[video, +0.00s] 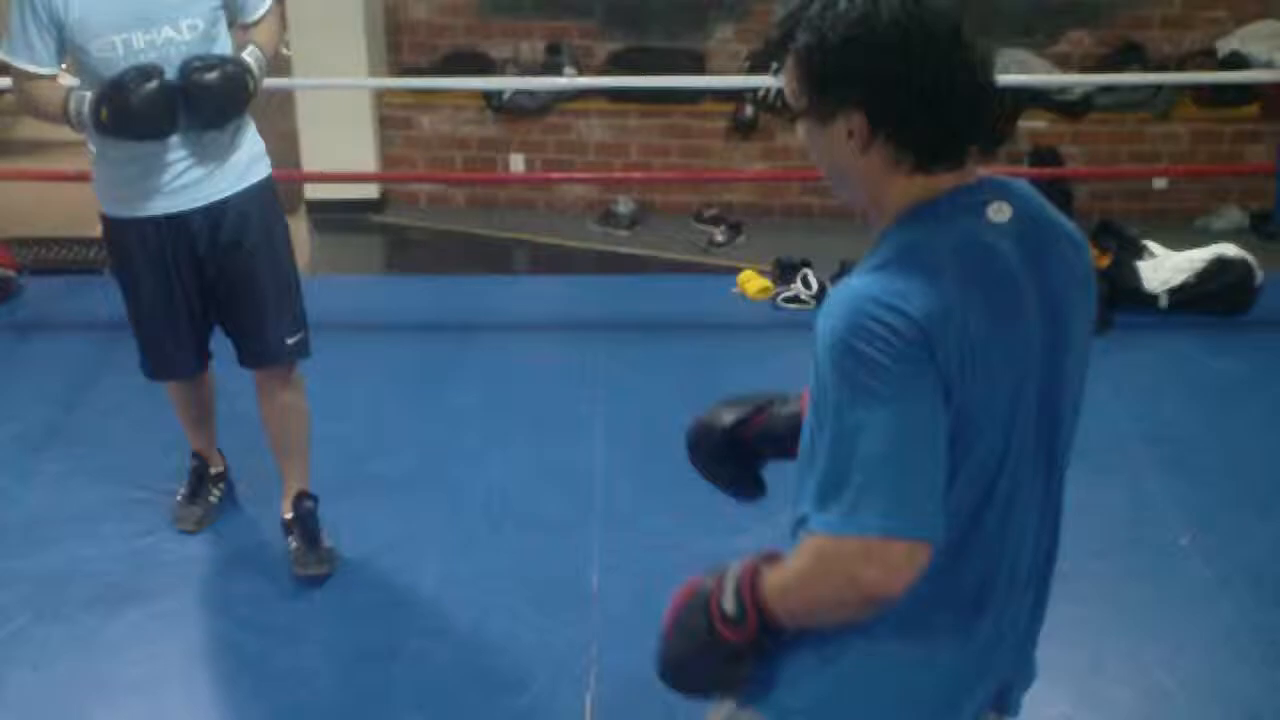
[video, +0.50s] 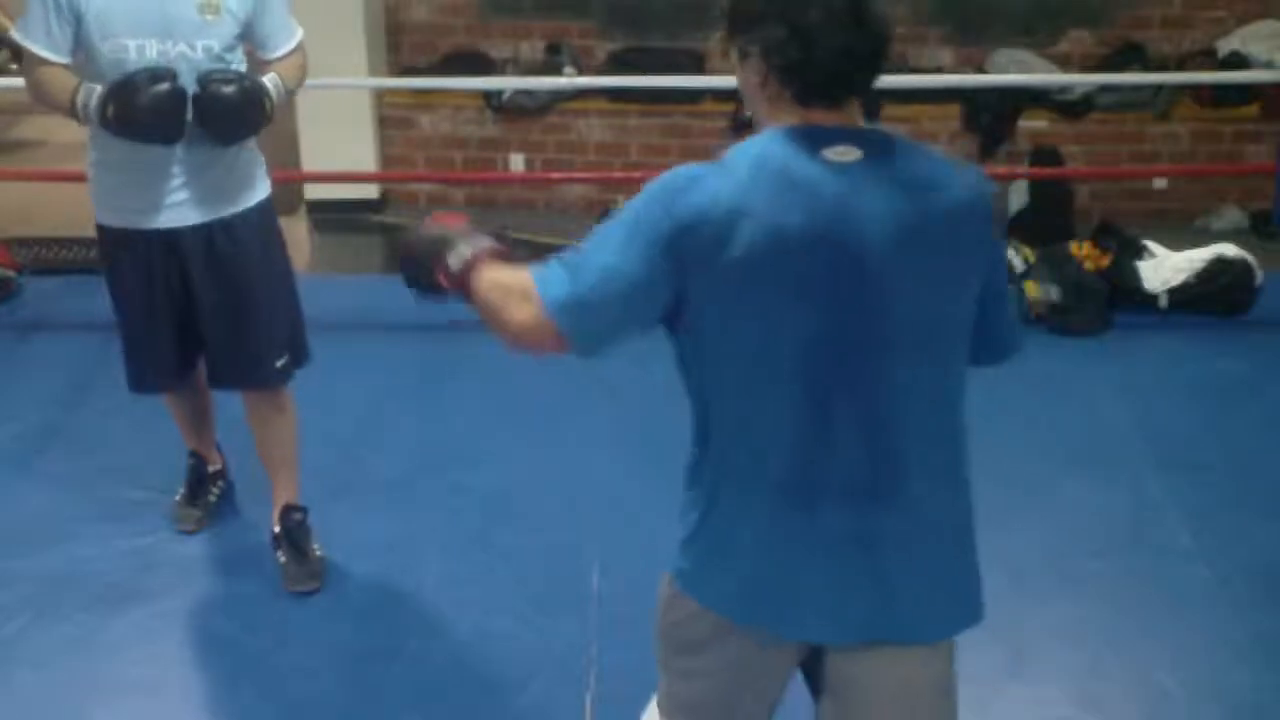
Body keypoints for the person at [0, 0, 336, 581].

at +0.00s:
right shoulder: (39, 4)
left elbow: (265, 17)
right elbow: (31, 84)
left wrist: (248, 68)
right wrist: (94, 109)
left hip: (235, 181)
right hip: (138, 202)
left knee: (276, 354)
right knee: (177, 356)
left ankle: (299, 506)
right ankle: (207, 468)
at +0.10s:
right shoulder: (40, 5)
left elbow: (264, 19)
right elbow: (30, 84)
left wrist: (248, 70)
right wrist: (94, 110)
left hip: (234, 183)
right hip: (136, 204)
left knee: (270, 358)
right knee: (175, 357)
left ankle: (292, 512)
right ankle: (207, 467)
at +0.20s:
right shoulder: (45, 4)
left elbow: (267, 29)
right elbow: (34, 83)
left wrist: (250, 80)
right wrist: (94, 112)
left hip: (230, 187)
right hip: (132, 204)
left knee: (265, 361)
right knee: (170, 358)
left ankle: (290, 515)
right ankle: (206, 464)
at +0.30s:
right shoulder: (53, 3)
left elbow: (275, 36)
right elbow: (36, 74)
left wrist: (254, 85)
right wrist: (93, 109)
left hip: (229, 189)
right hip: (130, 202)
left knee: (263, 362)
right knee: (171, 358)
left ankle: (290, 515)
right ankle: (207, 464)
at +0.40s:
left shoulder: (240, 0)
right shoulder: (60, 2)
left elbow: (282, 44)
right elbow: (38, 70)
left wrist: (259, 91)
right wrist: (97, 105)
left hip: (231, 195)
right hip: (132, 206)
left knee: (263, 364)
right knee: (170, 359)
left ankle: (289, 516)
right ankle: (206, 464)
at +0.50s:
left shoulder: (246, 2)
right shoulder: (66, 2)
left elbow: (290, 55)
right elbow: (39, 68)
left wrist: (265, 93)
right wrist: (101, 104)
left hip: (234, 199)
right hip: (133, 209)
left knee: (266, 368)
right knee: (170, 362)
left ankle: (289, 517)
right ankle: (207, 464)